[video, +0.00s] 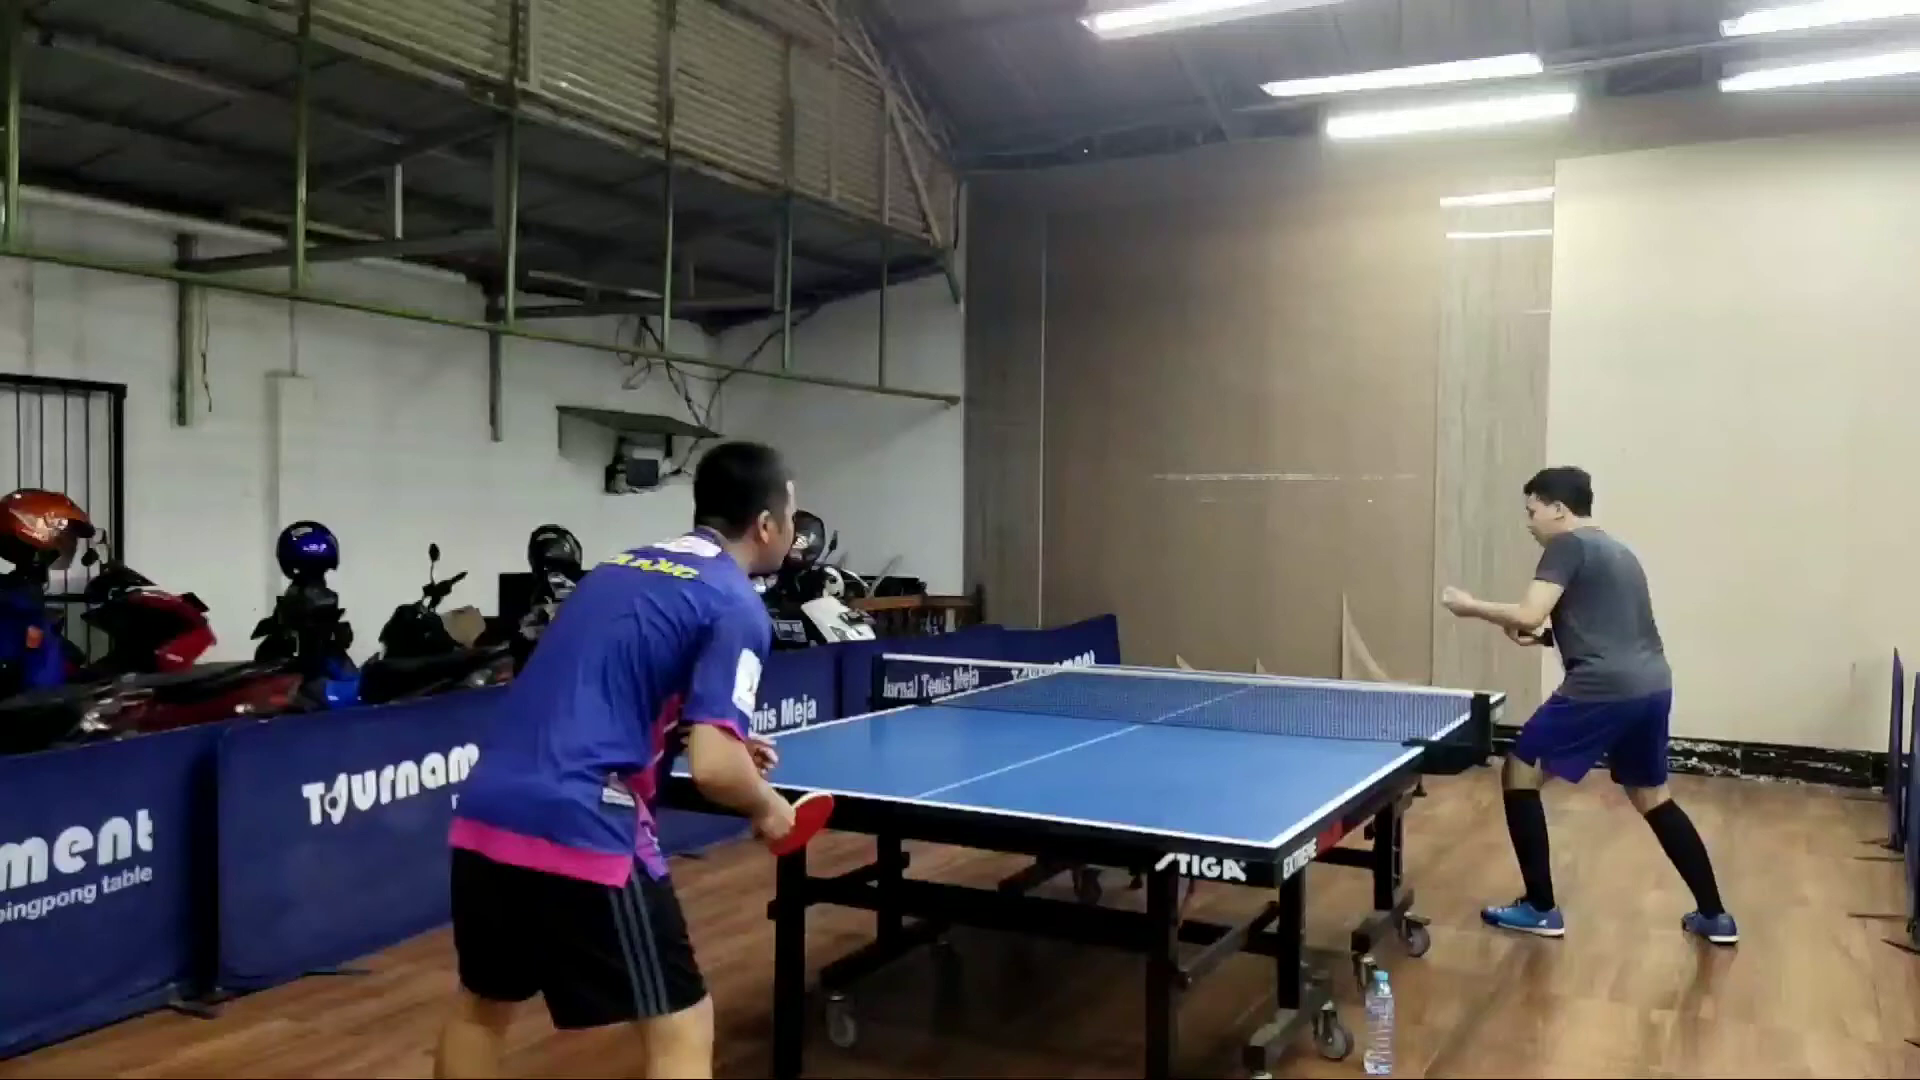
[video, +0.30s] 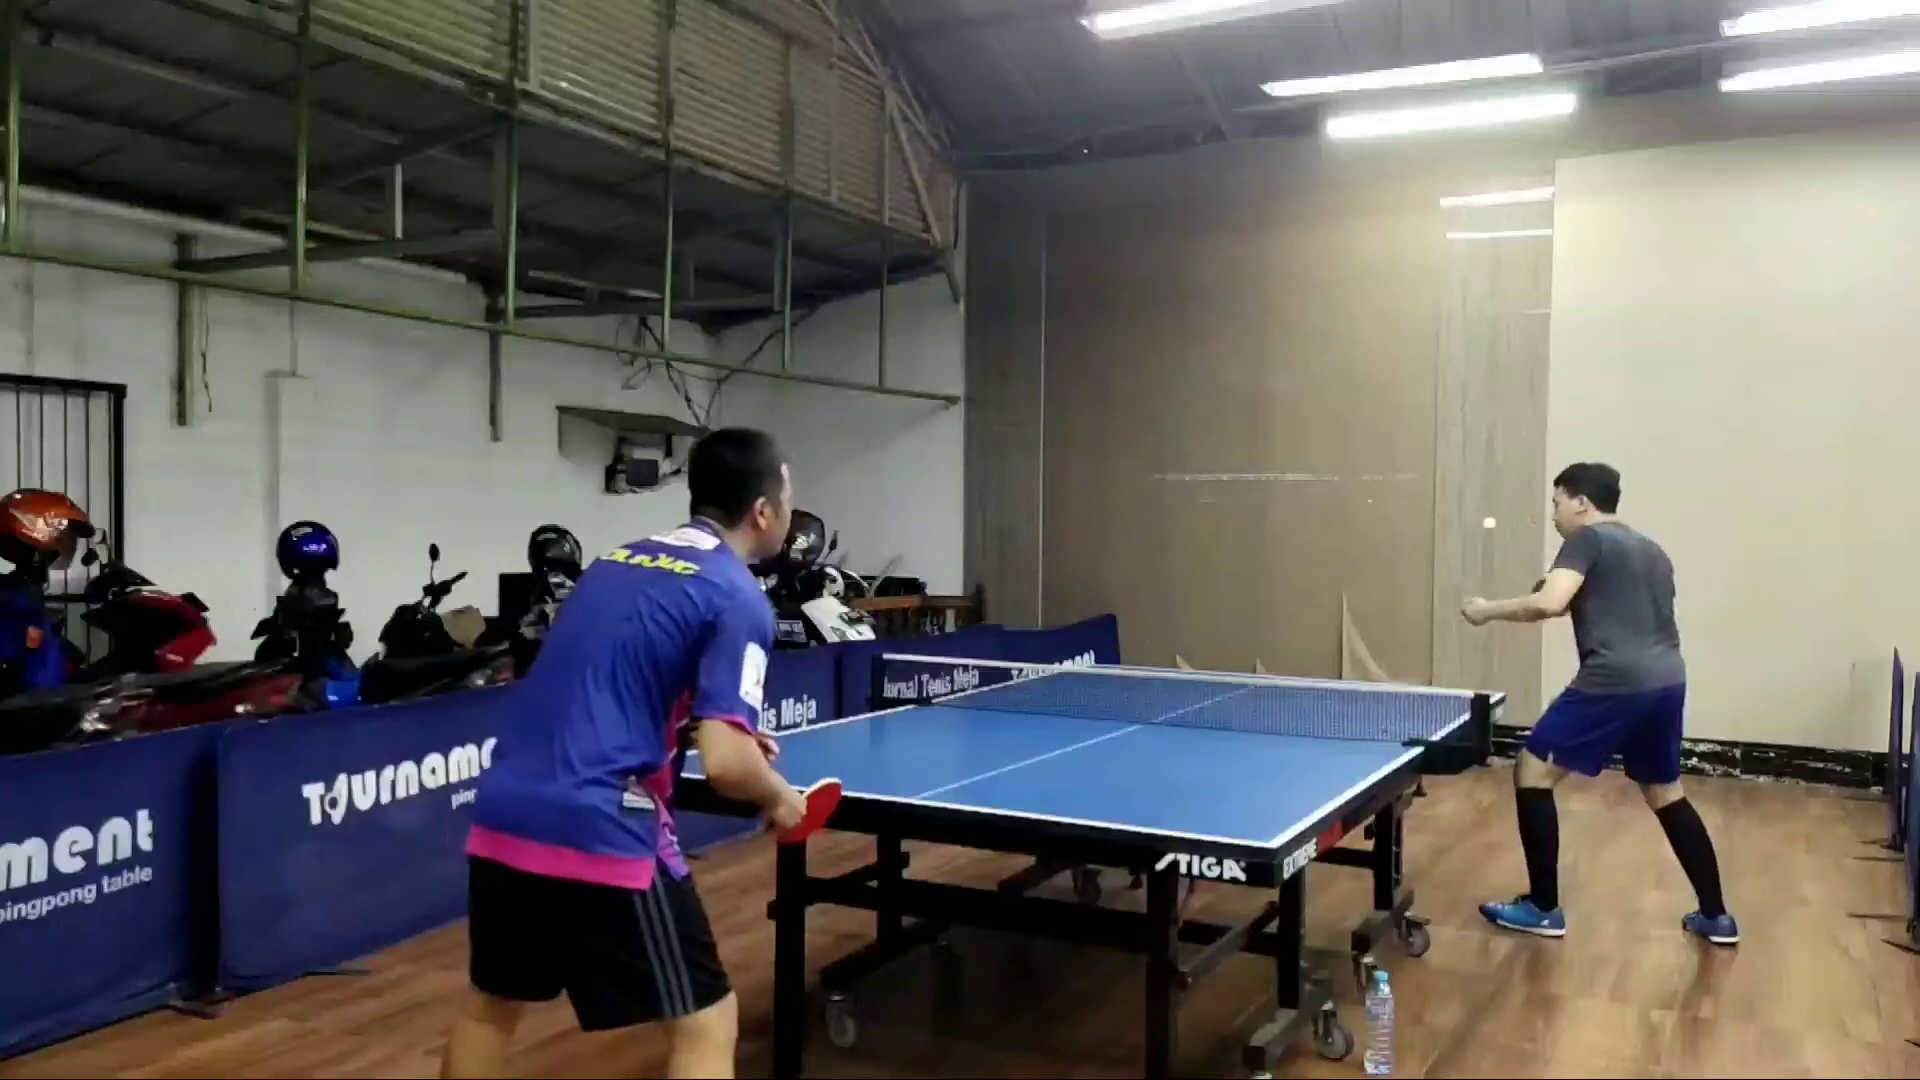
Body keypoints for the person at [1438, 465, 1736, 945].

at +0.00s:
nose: (1528, 521)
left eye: (1532, 510)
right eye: (1527, 511)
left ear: (1558, 508)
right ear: (1574, 510)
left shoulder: (1567, 546)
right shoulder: (1616, 549)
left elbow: (1529, 617)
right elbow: (1606, 626)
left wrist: (1471, 606)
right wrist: (1542, 634)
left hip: (1600, 687)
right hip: (1652, 686)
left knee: (1519, 773)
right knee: (1650, 794)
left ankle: (1539, 905)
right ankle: (1715, 914)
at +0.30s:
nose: (1555, 516)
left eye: (1557, 505)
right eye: (1554, 505)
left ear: (1580, 501)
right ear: (1608, 503)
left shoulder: (1585, 539)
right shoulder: (1653, 549)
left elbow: (1551, 603)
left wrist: (1487, 610)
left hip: (1611, 682)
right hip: (1667, 683)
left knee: (1532, 772)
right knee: (1664, 791)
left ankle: (1542, 905)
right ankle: (1716, 914)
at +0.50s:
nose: (1524, 535)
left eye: (1526, 523)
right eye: (1522, 524)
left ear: (1550, 520)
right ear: (1575, 520)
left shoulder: (1557, 550)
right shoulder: (1629, 551)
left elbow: (1562, 601)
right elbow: (1685, 613)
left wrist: (1519, 655)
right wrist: (1630, 616)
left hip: (1613, 684)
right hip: (1667, 681)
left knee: (1523, 770)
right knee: (1668, 793)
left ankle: (1553, 902)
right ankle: (1716, 914)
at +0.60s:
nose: (1489, 551)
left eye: (1490, 539)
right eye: (1486, 541)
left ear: (1518, 530)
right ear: (1532, 531)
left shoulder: (1531, 560)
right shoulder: (1593, 557)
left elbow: (1562, 604)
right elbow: (1657, 605)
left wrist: (1533, 664)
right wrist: (1595, 633)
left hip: (1602, 690)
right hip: (1653, 685)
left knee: (1516, 778)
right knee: (1657, 795)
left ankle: (1547, 910)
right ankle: (1715, 915)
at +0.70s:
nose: (1457, 558)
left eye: (1460, 545)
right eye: (1454, 548)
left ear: (1490, 535)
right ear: (1495, 538)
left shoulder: (1515, 565)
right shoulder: (1556, 563)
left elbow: (1569, 604)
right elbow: (1614, 612)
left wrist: (1528, 666)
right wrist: (1546, 649)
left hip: (1583, 690)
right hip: (1625, 685)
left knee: (1503, 782)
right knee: (1620, 794)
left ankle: (1546, 911)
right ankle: (1700, 902)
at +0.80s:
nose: (1442, 546)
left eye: (1447, 534)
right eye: (1437, 538)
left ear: (1479, 526)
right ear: (1473, 531)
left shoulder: (1511, 560)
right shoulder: (1497, 571)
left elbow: (1574, 602)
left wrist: (1516, 651)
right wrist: (1495, 644)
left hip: (1566, 683)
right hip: (1588, 679)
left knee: (1504, 783)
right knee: (1560, 782)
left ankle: (1547, 910)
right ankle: (1667, 867)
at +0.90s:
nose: (1434, 526)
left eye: (1442, 514)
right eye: (1429, 517)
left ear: (1472, 511)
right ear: (1434, 519)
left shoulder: (1508, 549)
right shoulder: (1466, 560)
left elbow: (1559, 604)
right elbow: (1505, 615)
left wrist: (1496, 639)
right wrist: (1472, 633)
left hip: (1563, 664)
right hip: (1533, 666)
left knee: (1525, 774)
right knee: (1525, 769)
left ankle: (1549, 908)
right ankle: (1608, 852)